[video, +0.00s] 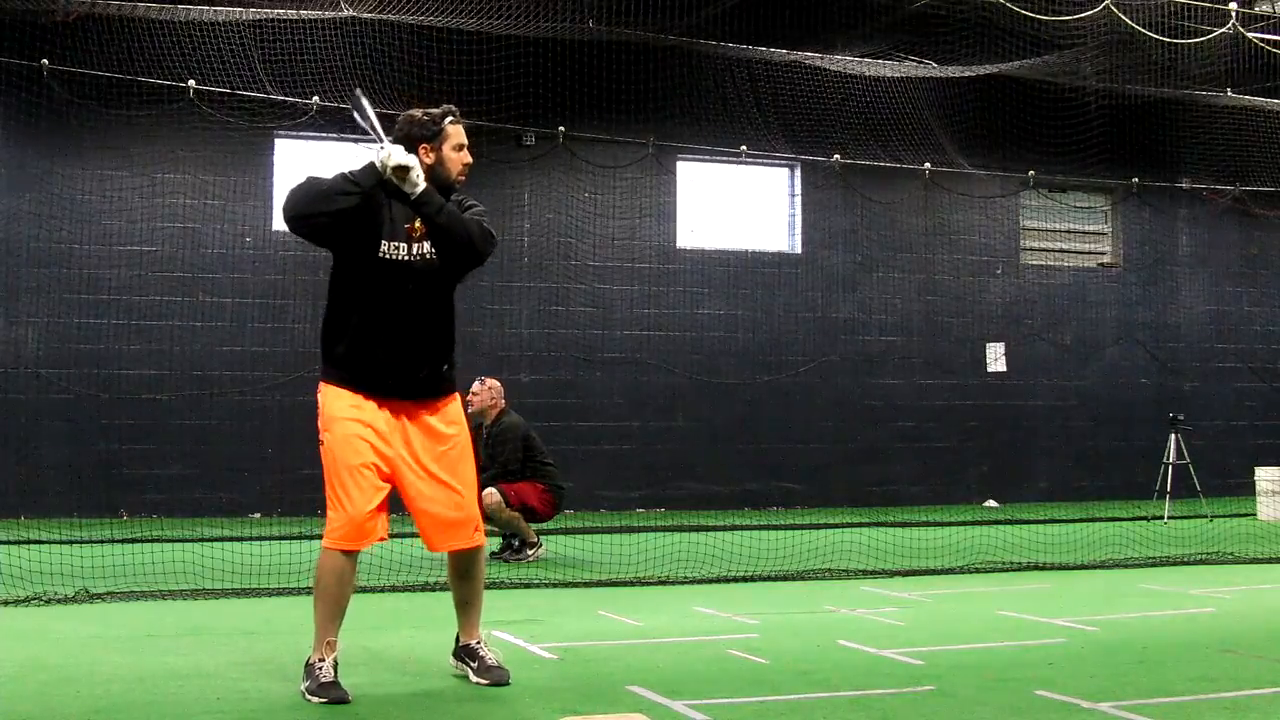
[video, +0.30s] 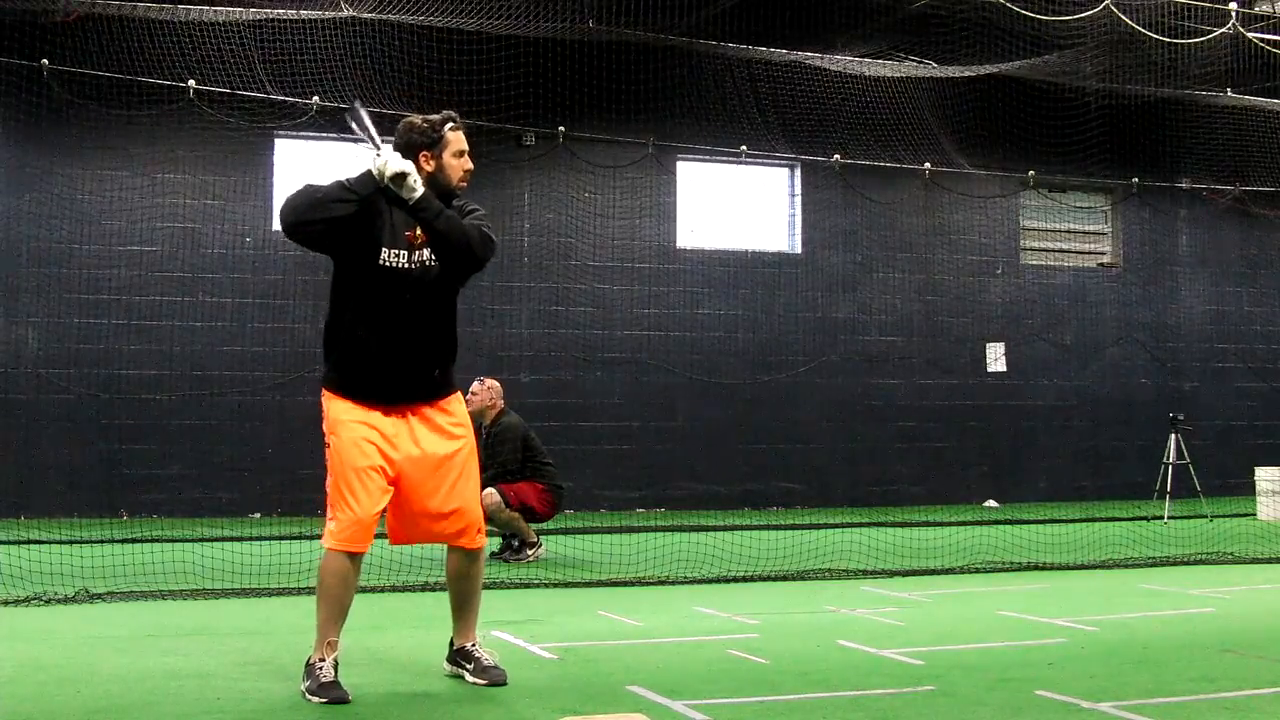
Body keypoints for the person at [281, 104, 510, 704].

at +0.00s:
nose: (468, 157)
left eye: (467, 148)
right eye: (459, 148)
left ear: (438, 152)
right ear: (425, 152)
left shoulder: (460, 217)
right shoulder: (361, 205)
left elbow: (476, 246)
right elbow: (297, 209)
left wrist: (419, 189)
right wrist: (371, 173)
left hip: (433, 400)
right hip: (355, 394)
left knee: (466, 527)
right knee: (348, 523)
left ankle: (470, 643)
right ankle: (323, 658)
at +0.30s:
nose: (468, 163)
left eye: (467, 154)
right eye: (460, 154)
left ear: (438, 159)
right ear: (426, 160)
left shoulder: (464, 223)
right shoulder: (361, 213)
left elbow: (474, 253)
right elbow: (293, 217)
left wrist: (417, 194)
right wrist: (369, 180)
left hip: (436, 402)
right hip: (358, 402)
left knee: (467, 530)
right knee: (351, 527)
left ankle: (465, 646)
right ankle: (323, 658)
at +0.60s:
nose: (473, 168)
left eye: (472, 158)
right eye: (464, 159)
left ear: (445, 165)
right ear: (430, 164)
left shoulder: (468, 224)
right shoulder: (369, 215)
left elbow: (477, 261)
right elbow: (299, 225)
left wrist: (424, 202)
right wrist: (374, 188)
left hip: (442, 407)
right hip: (364, 403)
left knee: (468, 535)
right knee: (358, 525)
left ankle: (464, 647)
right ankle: (324, 658)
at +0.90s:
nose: (468, 174)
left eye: (467, 165)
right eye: (460, 165)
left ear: (438, 171)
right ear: (426, 170)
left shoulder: (458, 230)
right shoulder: (362, 219)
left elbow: (471, 268)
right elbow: (292, 229)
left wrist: (420, 208)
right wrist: (371, 194)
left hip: (430, 408)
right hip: (351, 404)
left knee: (465, 528)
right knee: (356, 521)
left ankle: (464, 642)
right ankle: (323, 658)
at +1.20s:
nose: (468, 184)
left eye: (467, 173)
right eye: (459, 175)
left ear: (434, 180)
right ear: (424, 180)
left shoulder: (456, 233)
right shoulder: (358, 224)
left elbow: (463, 289)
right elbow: (287, 246)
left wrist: (414, 231)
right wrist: (364, 209)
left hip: (424, 411)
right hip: (348, 409)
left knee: (452, 529)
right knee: (355, 524)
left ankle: (435, 649)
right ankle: (323, 659)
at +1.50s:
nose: (474, 197)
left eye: (474, 186)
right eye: (465, 188)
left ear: (442, 191)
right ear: (430, 192)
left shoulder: (464, 249)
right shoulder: (361, 226)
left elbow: (457, 320)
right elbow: (283, 277)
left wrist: (399, 290)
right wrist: (351, 262)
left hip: (425, 417)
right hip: (348, 410)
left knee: (449, 532)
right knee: (357, 524)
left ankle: (433, 648)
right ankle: (322, 660)